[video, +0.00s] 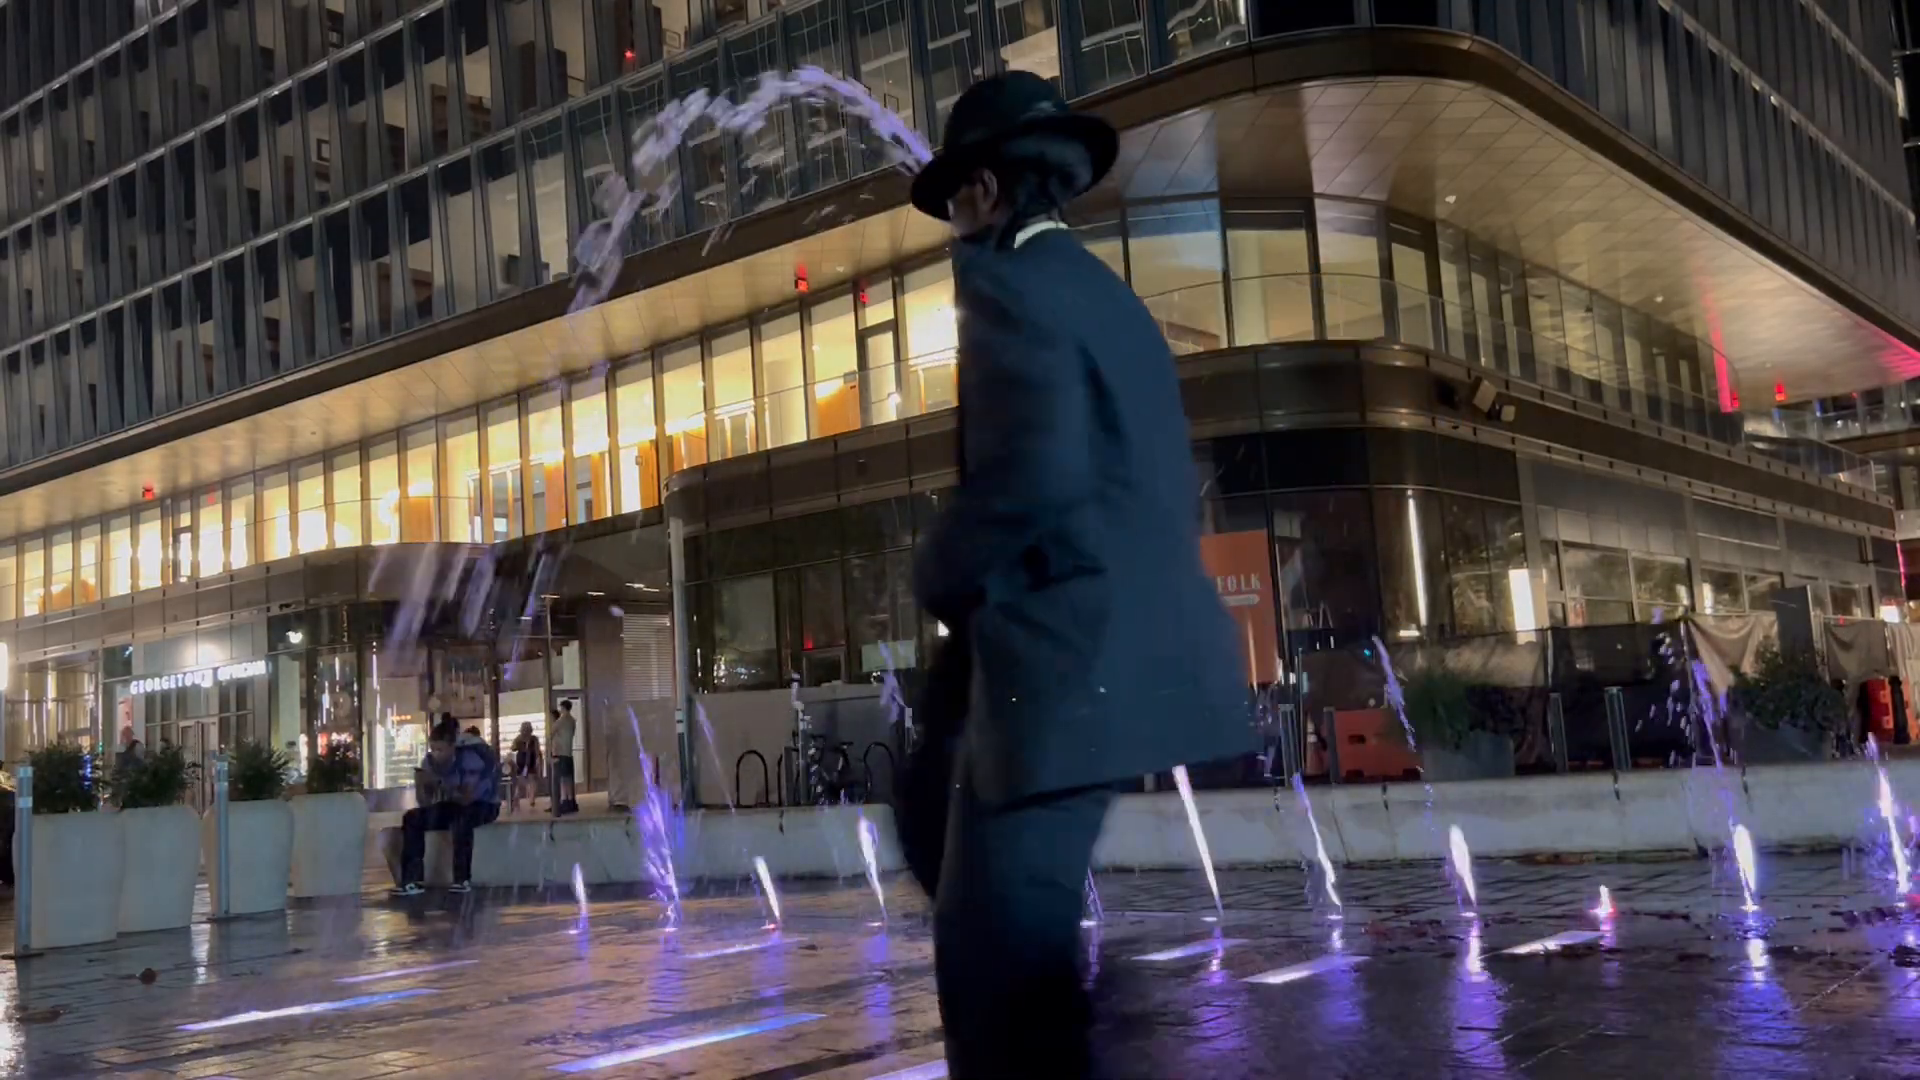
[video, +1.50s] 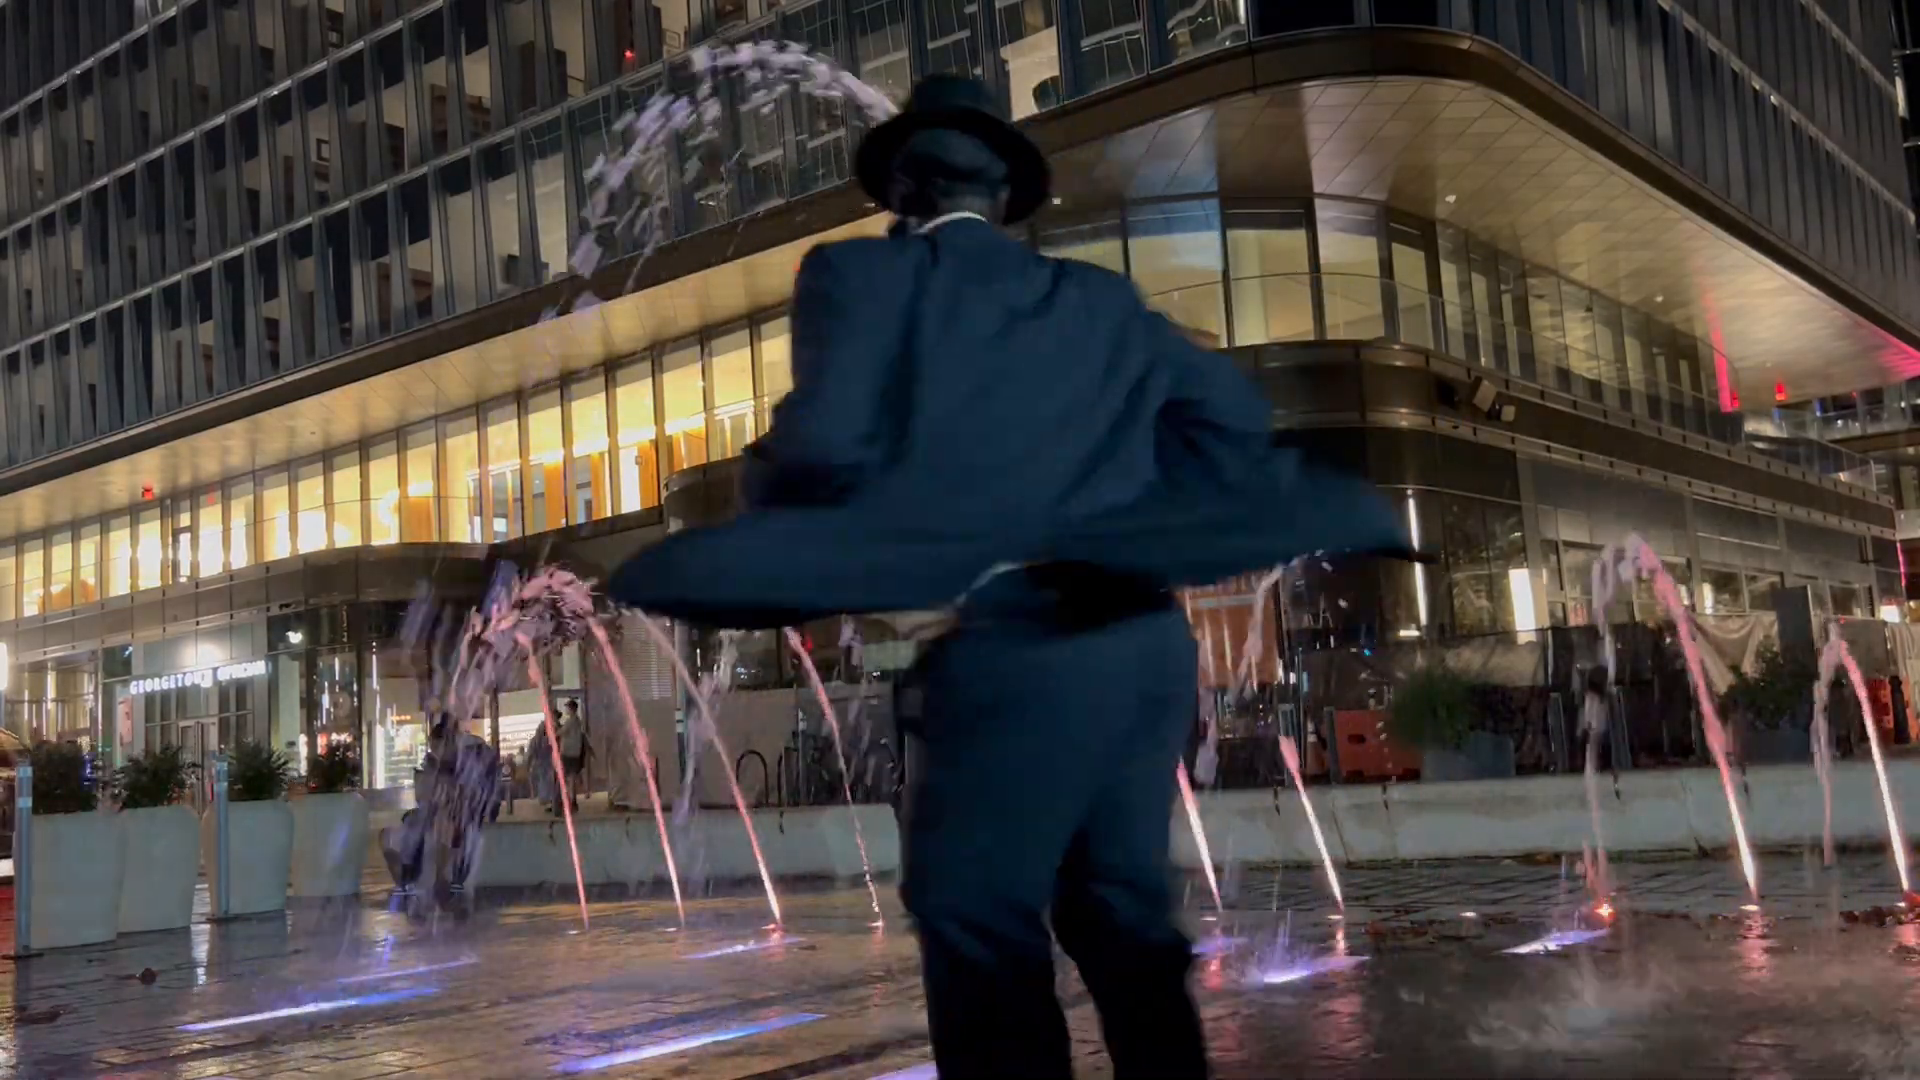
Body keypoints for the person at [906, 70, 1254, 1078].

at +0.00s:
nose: (952, 218)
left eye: (954, 194)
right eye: (951, 197)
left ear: (986, 188)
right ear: (1048, 186)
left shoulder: (1008, 277)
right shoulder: (1100, 288)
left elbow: (1035, 469)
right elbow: (1135, 488)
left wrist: (941, 573)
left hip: (1063, 663)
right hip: (1123, 650)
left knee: (994, 939)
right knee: (1018, 931)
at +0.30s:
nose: (912, 232)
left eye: (913, 209)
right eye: (911, 212)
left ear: (942, 200)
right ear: (1019, 203)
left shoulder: (952, 301)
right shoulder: (1097, 327)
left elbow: (897, 500)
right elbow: (1189, 512)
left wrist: (848, 461)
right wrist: (1157, 652)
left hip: (1004, 661)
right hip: (1099, 657)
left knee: (946, 924)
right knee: (796, 690)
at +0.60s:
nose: (846, 239)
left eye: (853, 219)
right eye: (848, 221)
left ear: (880, 220)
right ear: (970, 227)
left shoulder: (828, 324)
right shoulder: (1050, 327)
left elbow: (798, 505)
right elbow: (1159, 485)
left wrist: (858, 586)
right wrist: (1173, 552)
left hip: (953, 661)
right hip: (1081, 649)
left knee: (925, 940)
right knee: (1022, 931)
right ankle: (1040, 1079)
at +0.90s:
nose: (792, 286)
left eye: (806, 258)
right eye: (791, 263)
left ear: (878, 254)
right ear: (863, 260)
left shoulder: (933, 337)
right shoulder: (855, 405)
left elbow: (1096, 418)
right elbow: (916, 571)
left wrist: (930, 520)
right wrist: (800, 575)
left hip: (1075, 671)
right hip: (998, 696)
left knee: (986, 943)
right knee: (968, 949)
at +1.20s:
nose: (1150, 215)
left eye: (1145, 190)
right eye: (1132, 186)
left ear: (1075, 196)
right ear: (1061, 191)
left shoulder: (1080, 333)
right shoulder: (1017, 307)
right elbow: (992, 486)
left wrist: (1216, 600)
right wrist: (1183, 538)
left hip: (1032, 659)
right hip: (975, 663)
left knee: (1124, 937)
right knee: (1121, 938)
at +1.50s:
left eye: (891, 183)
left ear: (898, 195)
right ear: (1007, 201)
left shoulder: (861, 271)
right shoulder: (1100, 297)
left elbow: (830, 436)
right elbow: (1238, 414)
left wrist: (766, 503)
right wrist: (1147, 527)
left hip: (1001, 660)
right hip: (1144, 649)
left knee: (976, 932)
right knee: (1126, 924)